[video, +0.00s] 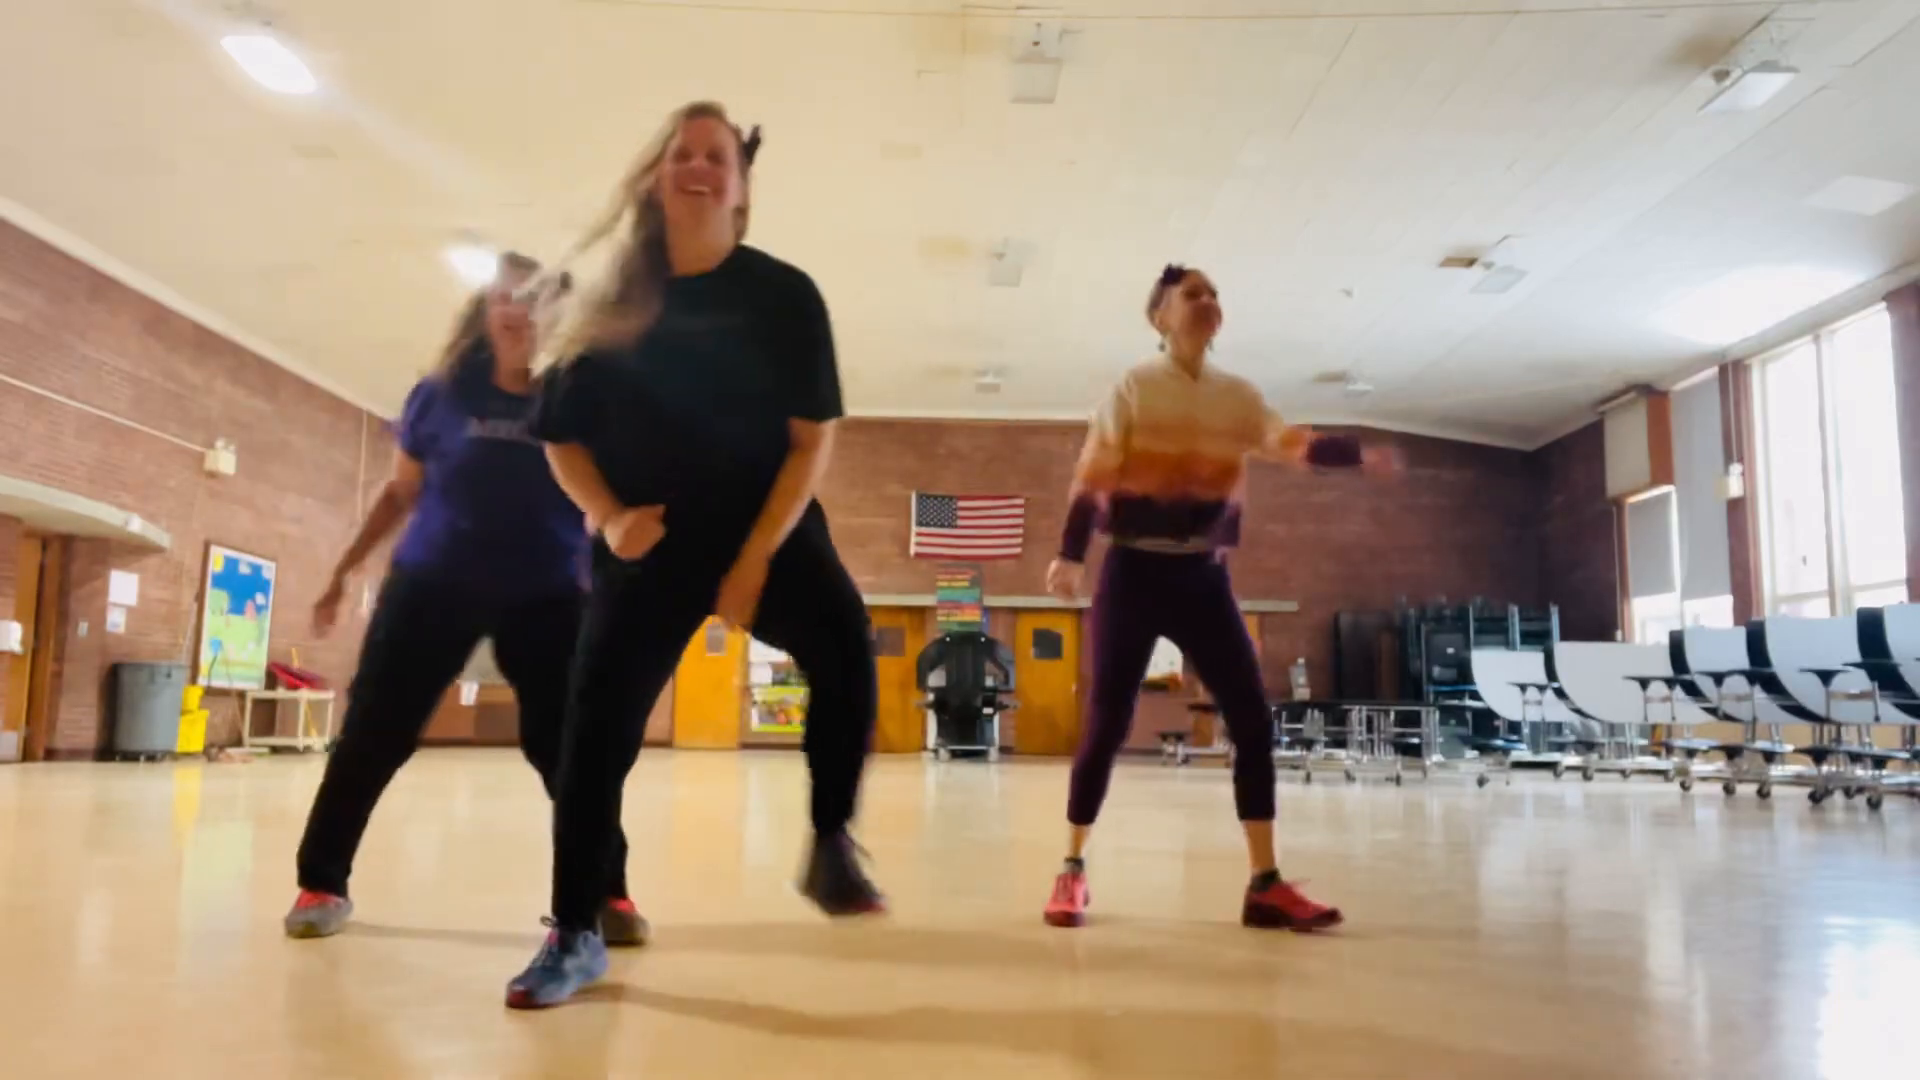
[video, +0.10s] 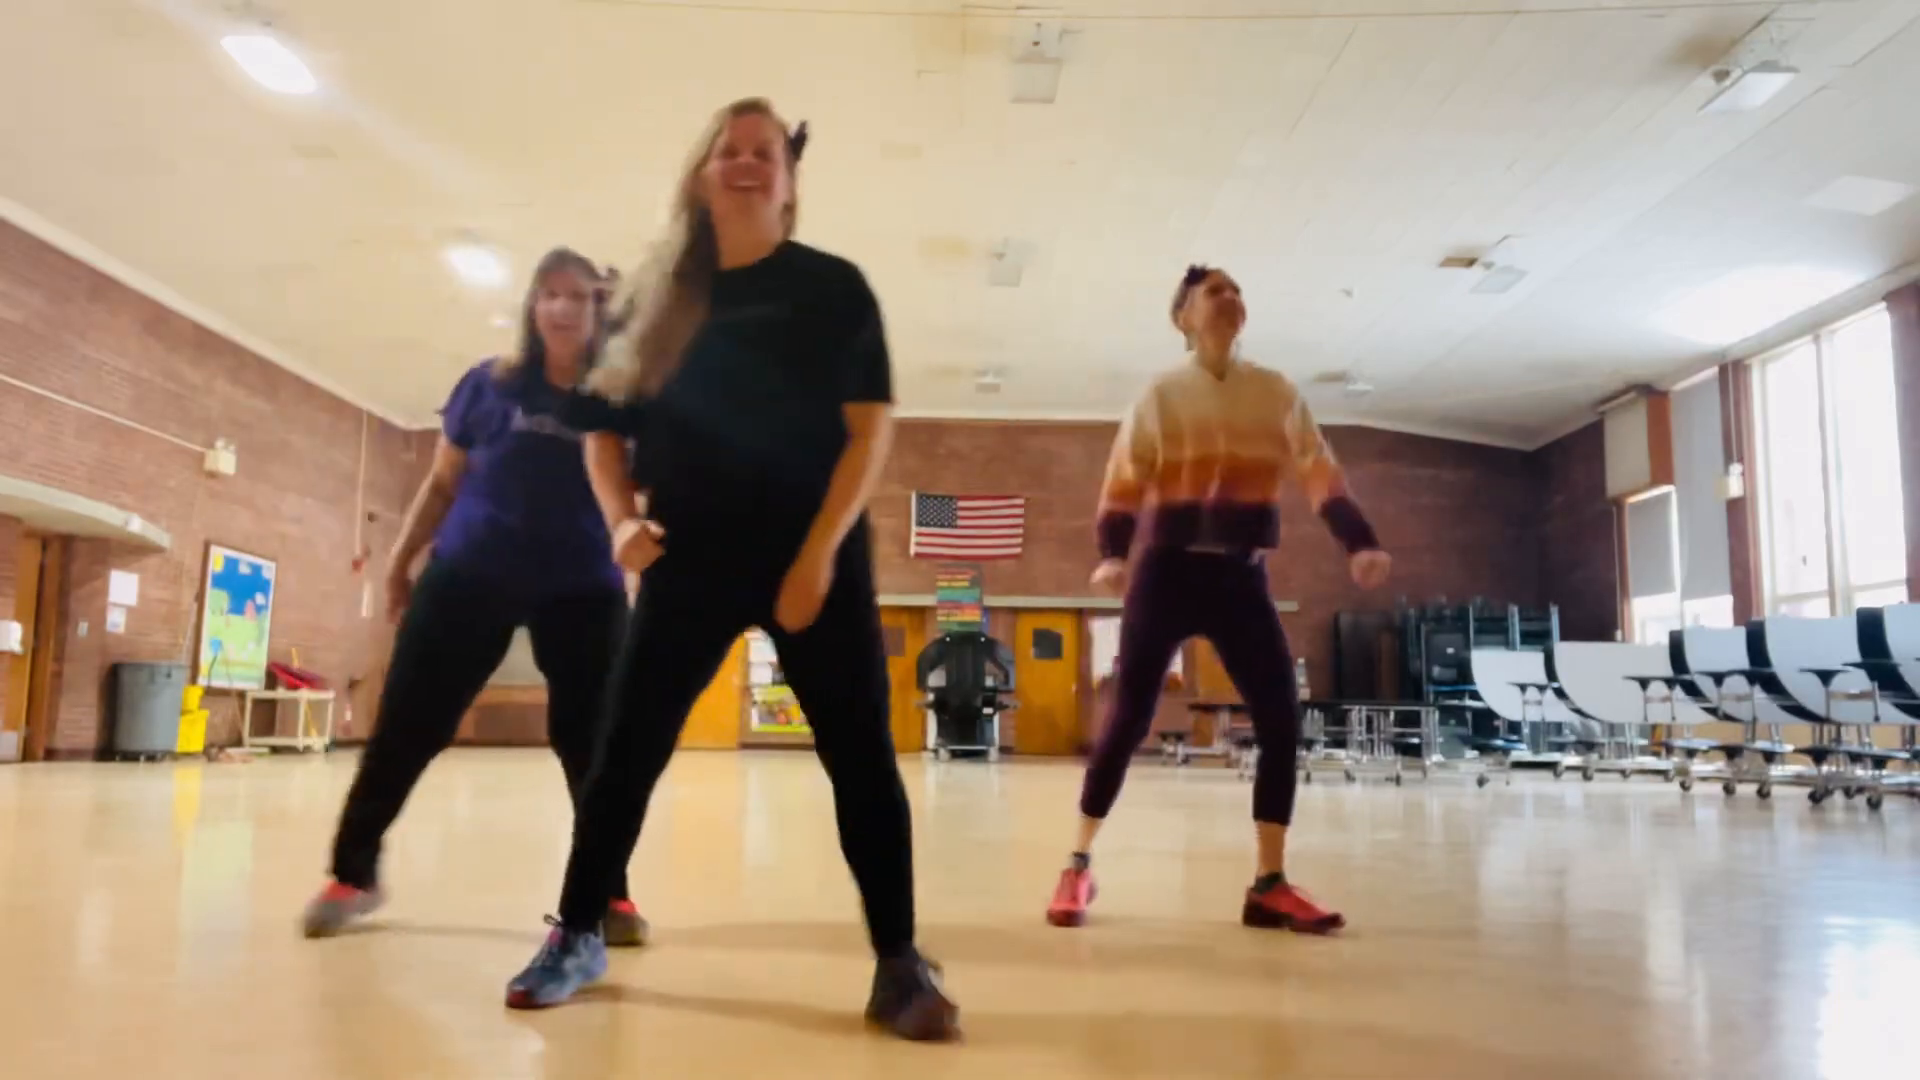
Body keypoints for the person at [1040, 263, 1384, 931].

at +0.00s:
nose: (1207, 301)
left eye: (1212, 294)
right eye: (1191, 294)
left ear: (1219, 315)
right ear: (1159, 315)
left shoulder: (1238, 398)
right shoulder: (1134, 389)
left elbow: (1292, 446)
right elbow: (1092, 478)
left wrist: (1358, 454)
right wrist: (1070, 554)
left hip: (1200, 577)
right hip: (1130, 574)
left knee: (1252, 722)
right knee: (1106, 723)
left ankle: (1264, 882)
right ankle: (1072, 869)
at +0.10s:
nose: (1229, 297)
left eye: (1235, 290)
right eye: (1212, 290)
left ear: (1245, 315)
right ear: (1183, 317)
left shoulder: (1274, 393)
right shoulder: (1162, 395)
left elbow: (1321, 476)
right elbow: (1124, 486)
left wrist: (1360, 543)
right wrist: (1111, 553)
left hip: (1239, 579)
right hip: (1163, 573)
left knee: (1280, 722)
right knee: (1128, 719)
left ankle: (1269, 883)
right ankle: (1077, 866)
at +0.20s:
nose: (1255, 290)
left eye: (1260, 283)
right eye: (1239, 283)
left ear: (1269, 307)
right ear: (1209, 310)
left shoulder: (1299, 385)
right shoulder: (1184, 389)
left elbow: (1335, 474)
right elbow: (1142, 468)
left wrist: (1357, 557)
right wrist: (1142, 516)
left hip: (1271, 572)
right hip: (1195, 567)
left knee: (1288, 726)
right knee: (1157, 701)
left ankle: (1269, 881)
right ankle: (1140, 828)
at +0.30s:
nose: (1280, 288)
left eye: (1285, 282)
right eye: (1263, 282)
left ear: (1295, 306)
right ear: (1233, 309)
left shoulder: (1326, 380)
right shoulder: (1208, 387)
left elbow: (1364, 461)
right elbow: (1165, 453)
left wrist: (1365, 538)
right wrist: (1171, 491)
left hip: (1297, 568)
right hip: (1221, 563)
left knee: (1297, 721)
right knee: (1189, 708)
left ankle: (1272, 880)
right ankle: (1230, 794)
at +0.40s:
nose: (1304, 291)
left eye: (1309, 285)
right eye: (1287, 285)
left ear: (1317, 310)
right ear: (1257, 312)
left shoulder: (1346, 383)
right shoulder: (1230, 389)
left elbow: (1383, 456)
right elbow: (1190, 459)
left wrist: (1379, 523)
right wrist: (1206, 487)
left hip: (1319, 563)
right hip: (1244, 564)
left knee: (1312, 716)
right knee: (1236, 725)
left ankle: (1272, 878)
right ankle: (1312, 803)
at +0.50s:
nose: (1320, 306)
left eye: (1327, 299)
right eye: (1304, 299)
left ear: (1336, 322)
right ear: (1274, 322)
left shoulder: (1362, 391)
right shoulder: (1246, 399)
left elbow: (1395, 463)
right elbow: (1209, 476)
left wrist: (1394, 528)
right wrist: (1232, 506)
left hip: (1342, 571)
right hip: (1267, 576)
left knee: (1332, 722)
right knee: (1292, 726)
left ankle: (1284, 873)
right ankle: (1342, 860)